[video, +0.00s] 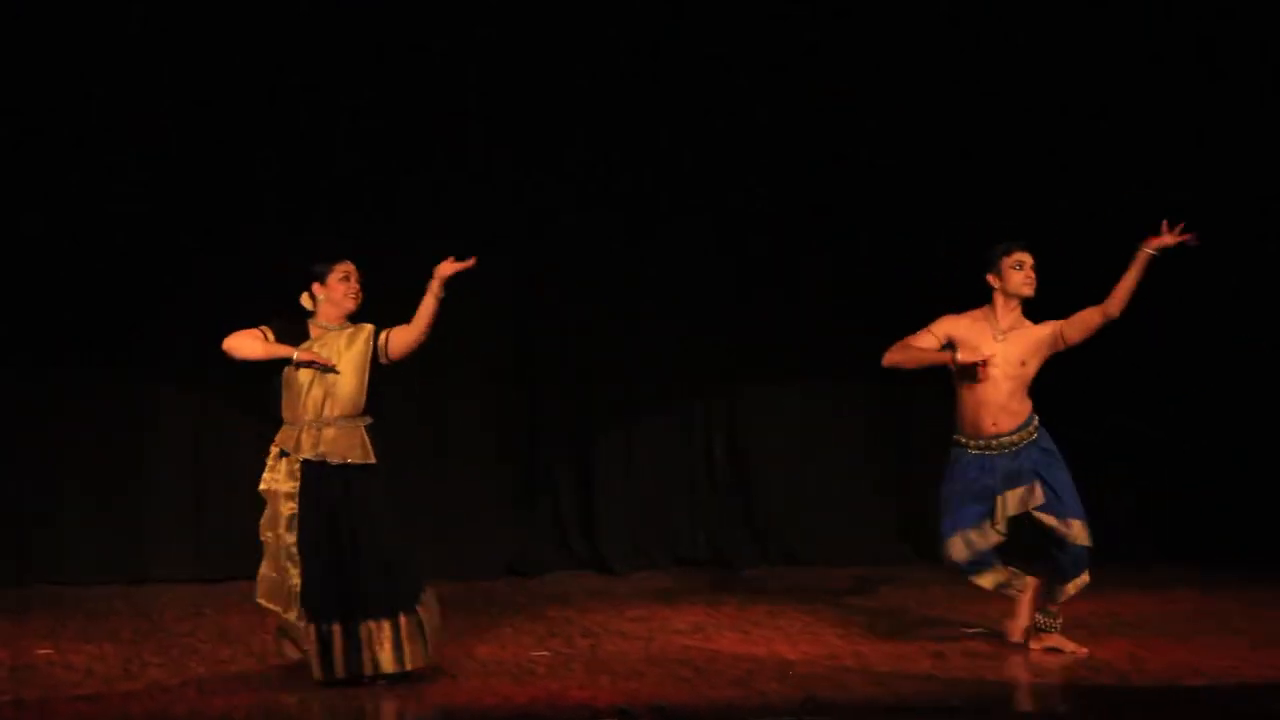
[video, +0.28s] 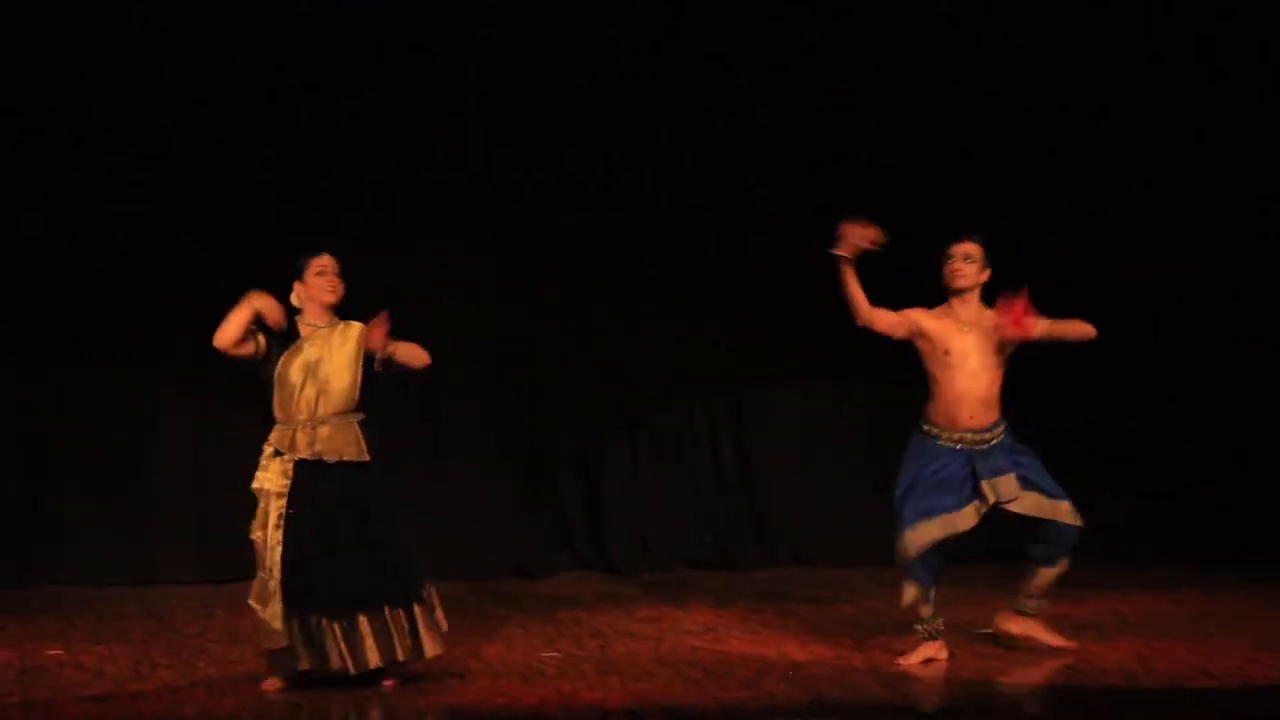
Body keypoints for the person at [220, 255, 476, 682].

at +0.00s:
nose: (355, 287)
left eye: (357, 282)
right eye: (344, 280)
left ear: (358, 294)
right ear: (317, 290)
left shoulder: (367, 339)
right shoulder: (293, 335)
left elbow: (414, 333)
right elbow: (232, 344)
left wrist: (437, 282)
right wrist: (292, 352)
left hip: (351, 459)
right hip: (298, 461)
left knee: (369, 552)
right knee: (311, 557)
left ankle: (381, 661)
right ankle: (325, 659)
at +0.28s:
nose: (333, 281)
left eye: (337, 275)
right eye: (321, 274)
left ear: (344, 289)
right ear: (298, 288)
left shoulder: (357, 335)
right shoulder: (280, 340)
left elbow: (422, 359)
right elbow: (224, 342)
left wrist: (387, 346)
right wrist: (252, 302)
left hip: (344, 459)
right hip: (289, 460)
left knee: (364, 554)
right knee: (284, 560)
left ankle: (380, 662)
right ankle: (290, 665)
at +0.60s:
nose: (256, 286)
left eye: (267, 277)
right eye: (253, 281)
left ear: (296, 288)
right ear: (252, 295)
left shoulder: (324, 336)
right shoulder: (246, 338)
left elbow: (388, 356)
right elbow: (208, 313)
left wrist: (337, 369)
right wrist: (181, 262)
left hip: (310, 466)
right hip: (256, 465)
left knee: (315, 560)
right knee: (258, 563)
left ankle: (318, 662)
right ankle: (266, 667)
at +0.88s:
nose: (266, 292)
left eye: (276, 284)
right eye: (260, 286)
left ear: (301, 296)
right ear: (254, 298)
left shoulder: (325, 342)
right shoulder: (249, 341)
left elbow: (389, 365)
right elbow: (211, 329)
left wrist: (346, 375)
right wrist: (209, 265)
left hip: (309, 470)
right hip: (254, 467)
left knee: (307, 566)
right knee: (248, 564)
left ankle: (299, 666)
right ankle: (244, 667)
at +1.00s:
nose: (274, 296)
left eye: (284, 288)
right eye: (267, 288)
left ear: (303, 295)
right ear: (258, 297)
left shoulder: (325, 343)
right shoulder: (250, 341)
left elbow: (388, 372)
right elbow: (204, 369)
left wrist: (352, 385)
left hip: (304, 472)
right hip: (249, 467)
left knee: (302, 569)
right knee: (240, 563)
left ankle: (290, 671)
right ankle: (233, 669)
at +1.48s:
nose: (313, 291)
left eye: (314, 285)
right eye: (304, 284)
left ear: (309, 295)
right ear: (275, 292)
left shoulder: (325, 346)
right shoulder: (250, 336)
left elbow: (365, 388)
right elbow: (223, 292)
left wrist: (391, 380)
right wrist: (269, 263)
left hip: (311, 461)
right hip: (256, 461)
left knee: (326, 560)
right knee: (261, 565)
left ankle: (327, 669)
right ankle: (261, 673)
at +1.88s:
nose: (289, 297)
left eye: (299, 288)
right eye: (280, 289)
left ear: (320, 299)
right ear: (268, 299)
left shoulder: (335, 348)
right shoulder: (257, 345)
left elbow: (391, 384)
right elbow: (216, 321)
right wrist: (270, 312)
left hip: (317, 467)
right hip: (260, 466)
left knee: (328, 566)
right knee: (261, 567)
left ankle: (333, 673)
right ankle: (266, 672)